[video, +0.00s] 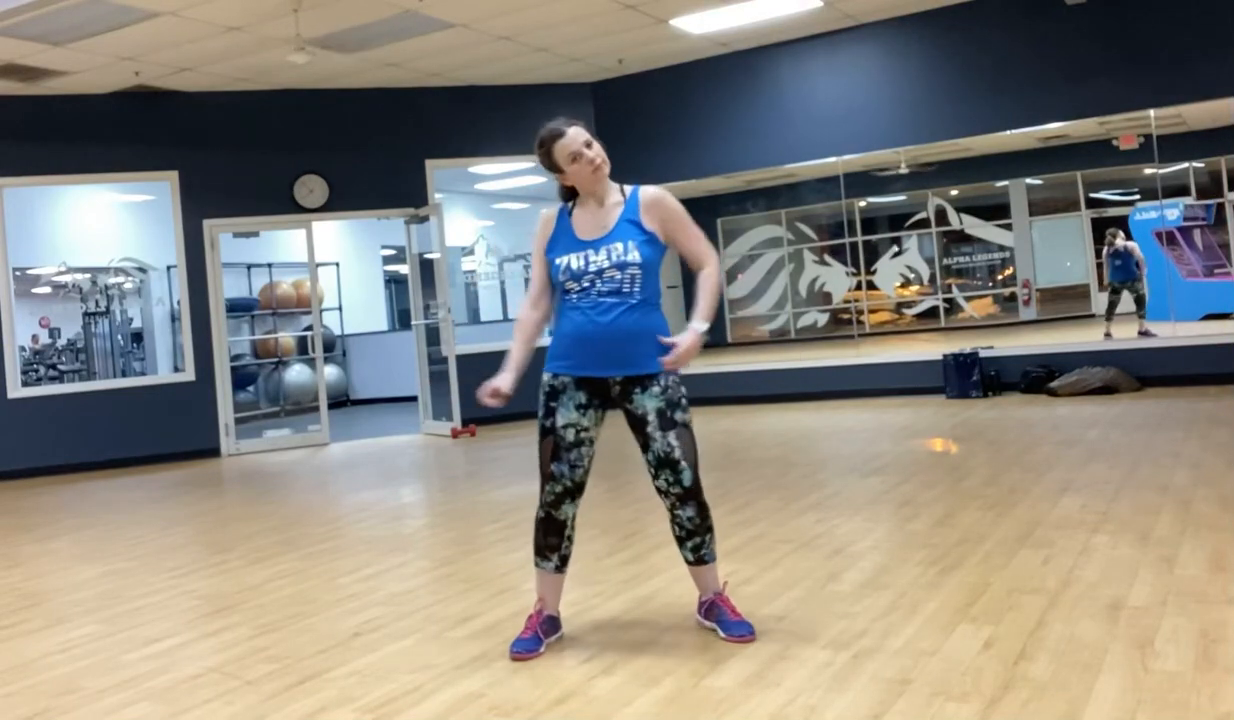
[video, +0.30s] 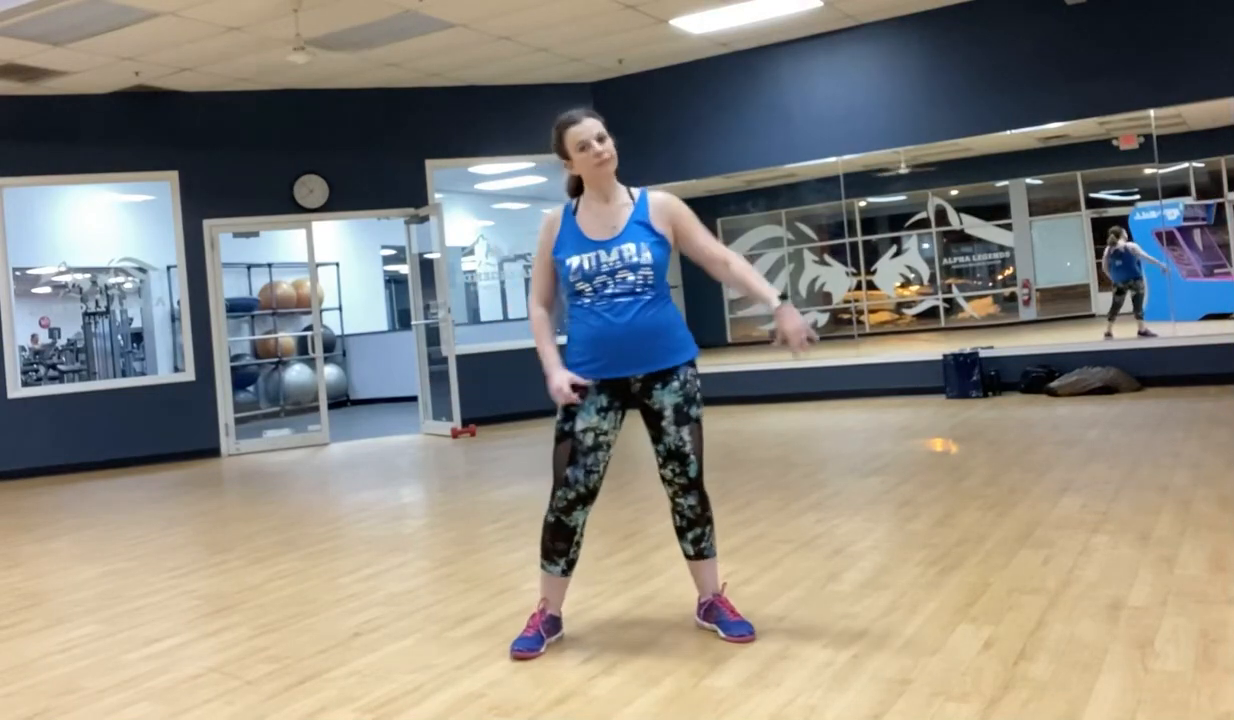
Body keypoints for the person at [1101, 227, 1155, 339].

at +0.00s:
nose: (1123, 234)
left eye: (1121, 233)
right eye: (1121, 233)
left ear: (1110, 237)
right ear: (1119, 235)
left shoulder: (1107, 249)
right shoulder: (1131, 245)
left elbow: (1105, 266)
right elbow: (1140, 259)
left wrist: (1106, 280)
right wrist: (1143, 272)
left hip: (1115, 279)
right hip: (1132, 278)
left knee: (1111, 304)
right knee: (1140, 301)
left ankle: (1107, 330)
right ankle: (1142, 328)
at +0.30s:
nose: (1127, 235)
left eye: (1125, 233)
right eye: (1125, 233)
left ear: (1112, 236)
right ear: (1122, 235)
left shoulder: (1108, 249)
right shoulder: (1131, 246)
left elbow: (1104, 267)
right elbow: (1146, 257)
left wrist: (1112, 278)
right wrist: (1161, 265)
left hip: (1119, 281)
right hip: (1135, 279)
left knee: (1115, 306)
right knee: (1138, 304)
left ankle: (1108, 330)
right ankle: (1141, 328)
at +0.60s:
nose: (1123, 235)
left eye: (1122, 233)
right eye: (1122, 233)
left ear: (1110, 236)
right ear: (1120, 235)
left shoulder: (1104, 248)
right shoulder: (1125, 248)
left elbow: (1095, 262)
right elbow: (1133, 265)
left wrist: (1090, 275)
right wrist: (1147, 270)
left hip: (1114, 281)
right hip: (1129, 279)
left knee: (1114, 305)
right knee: (1134, 304)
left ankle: (1108, 330)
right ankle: (1141, 328)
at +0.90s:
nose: (1121, 234)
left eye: (1119, 232)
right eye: (1119, 233)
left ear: (1107, 235)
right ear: (1117, 235)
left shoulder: (1102, 247)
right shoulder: (1122, 247)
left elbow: (1089, 256)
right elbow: (1127, 264)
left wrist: (1077, 264)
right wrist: (1135, 275)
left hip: (1109, 280)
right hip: (1124, 279)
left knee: (1111, 304)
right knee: (1134, 301)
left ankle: (1107, 330)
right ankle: (1140, 326)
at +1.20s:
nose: (1123, 233)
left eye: (1122, 231)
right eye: (1122, 232)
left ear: (1110, 235)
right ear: (1120, 234)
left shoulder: (1106, 245)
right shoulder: (1126, 245)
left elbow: (1093, 247)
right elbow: (1130, 258)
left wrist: (1077, 245)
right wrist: (1133, 272)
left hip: (1112, 279)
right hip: (1125, 279)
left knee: (1113, 303)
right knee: (1139, 299)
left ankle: (1108, 330)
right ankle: (1138, 327)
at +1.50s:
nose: (1131, 236)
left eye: (1130, 234)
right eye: (1129, 235)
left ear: (1120, 239)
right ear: (1126, 238)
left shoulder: (1120, 248)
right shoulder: (1127, 247)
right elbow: (1122, 261)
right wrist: (1129, 277)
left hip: (1121, 283)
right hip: (1129, 283)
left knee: (1118, 303)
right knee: (1148, 303)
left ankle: (1099, 324)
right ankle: (1139, 328)